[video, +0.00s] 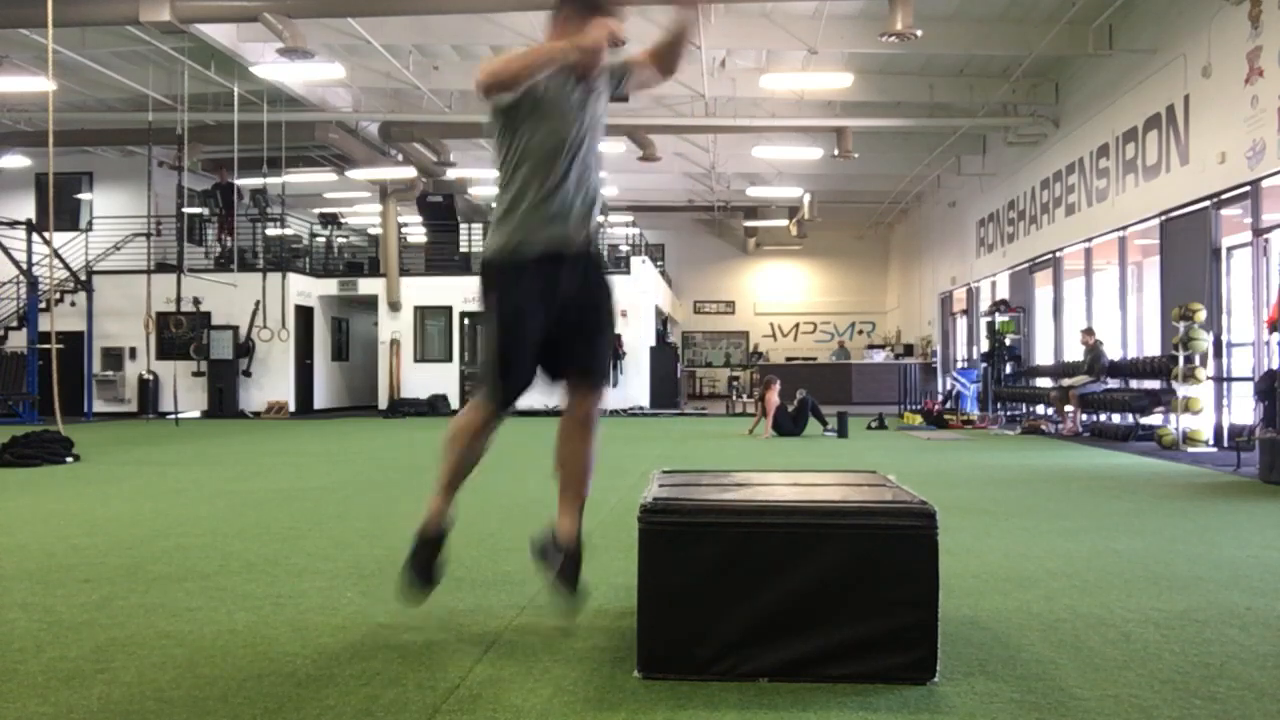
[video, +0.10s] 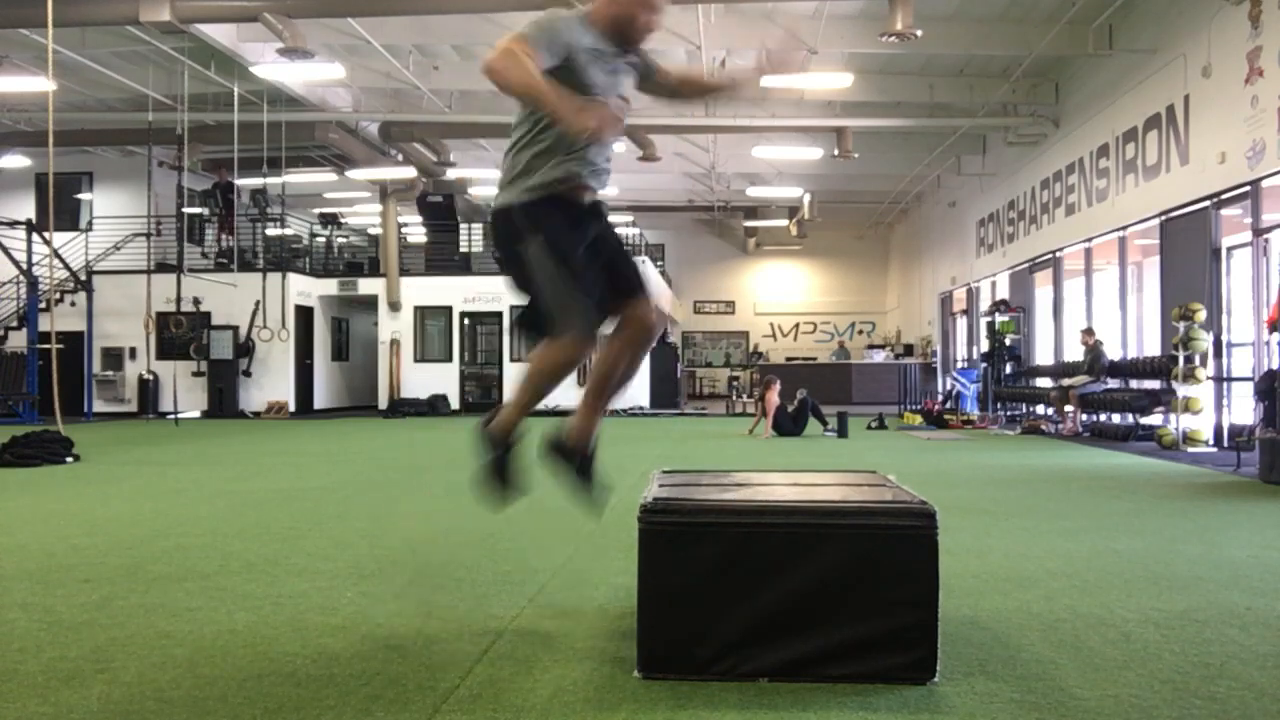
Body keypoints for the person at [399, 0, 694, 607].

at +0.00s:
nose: (611, 36)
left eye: (613, 28)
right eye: (604, 24)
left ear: (601, 33)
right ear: (568, 21)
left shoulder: (600, 72)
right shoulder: (524, 66)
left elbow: (658, 64)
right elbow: (489, 81)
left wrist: (686, 20)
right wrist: (572, 49)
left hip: (580, 255)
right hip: (517, 255)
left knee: (586, 396)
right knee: (496, 395)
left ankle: (567, 537)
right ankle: (436, 516)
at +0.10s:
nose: (656, 22)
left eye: (659, 13)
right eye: (651, 10)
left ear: (640, 11)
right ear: (618, 3)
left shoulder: (628, 57)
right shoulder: (564, 28)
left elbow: (673, 84)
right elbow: (502, 62)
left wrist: (750, 76)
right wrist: (570, 109)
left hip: (583, 210)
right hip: (529, 209)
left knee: (642, 320)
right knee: (574, 334)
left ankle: (576, 439)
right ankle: (500, 428)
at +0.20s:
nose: (701, 30)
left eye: (706, 20)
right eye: (698, 15)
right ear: (666, 4)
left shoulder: (659, 66)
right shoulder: (612, 32)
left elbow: (672, 131)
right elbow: (539, 81)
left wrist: (715, 168)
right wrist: (530, 172)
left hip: (591, 192)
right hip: (552, 185)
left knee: (682, 262)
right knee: (662, 259)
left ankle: (613, 390)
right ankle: (597, 391)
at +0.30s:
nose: (737, 53)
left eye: (741, 43)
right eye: (734, 38)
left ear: (703, 23)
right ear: (702, 21)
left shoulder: (671, 80)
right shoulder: (647, 55)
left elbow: (643, 162)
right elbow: (569, 109)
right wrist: (527, 196)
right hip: (585, 192)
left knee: (698, 270)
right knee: (700, 265)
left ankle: (683, 410)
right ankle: (680, 410)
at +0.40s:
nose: (754, 82)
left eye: (759, 72)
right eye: (753, 67)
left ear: (722, 54)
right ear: (722, 50)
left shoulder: (688, 98)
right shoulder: (677, 86)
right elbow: (605, 139)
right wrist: (567, 229)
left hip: (618, 237)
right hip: (627, 231)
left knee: (704, 329)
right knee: (742, 316)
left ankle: (676, 455)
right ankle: (714, 460)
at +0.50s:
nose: (758, 99)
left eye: (761, 87)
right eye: (757, 82)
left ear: (718, 71)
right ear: (726, 68)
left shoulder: (662, 110)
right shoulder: (691, 107)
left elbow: (621, 204)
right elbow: (642, 174)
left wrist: (606, 306)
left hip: (604, 261)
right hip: (642, 252)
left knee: (715, 339)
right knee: (770, 324)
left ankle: (680, 455)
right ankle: (721, 459)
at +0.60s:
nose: (742, 74)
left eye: (746, 64)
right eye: (737, 58)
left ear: (701, 53)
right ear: (703, 46)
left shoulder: (683, 107)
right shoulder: (673, 88)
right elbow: (663, 155)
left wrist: (756, 372)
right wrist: (721, 215)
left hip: (607, 253)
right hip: (631, 243)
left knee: (713, 342)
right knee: (759, 324)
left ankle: (678, 457)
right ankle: (719, 461)